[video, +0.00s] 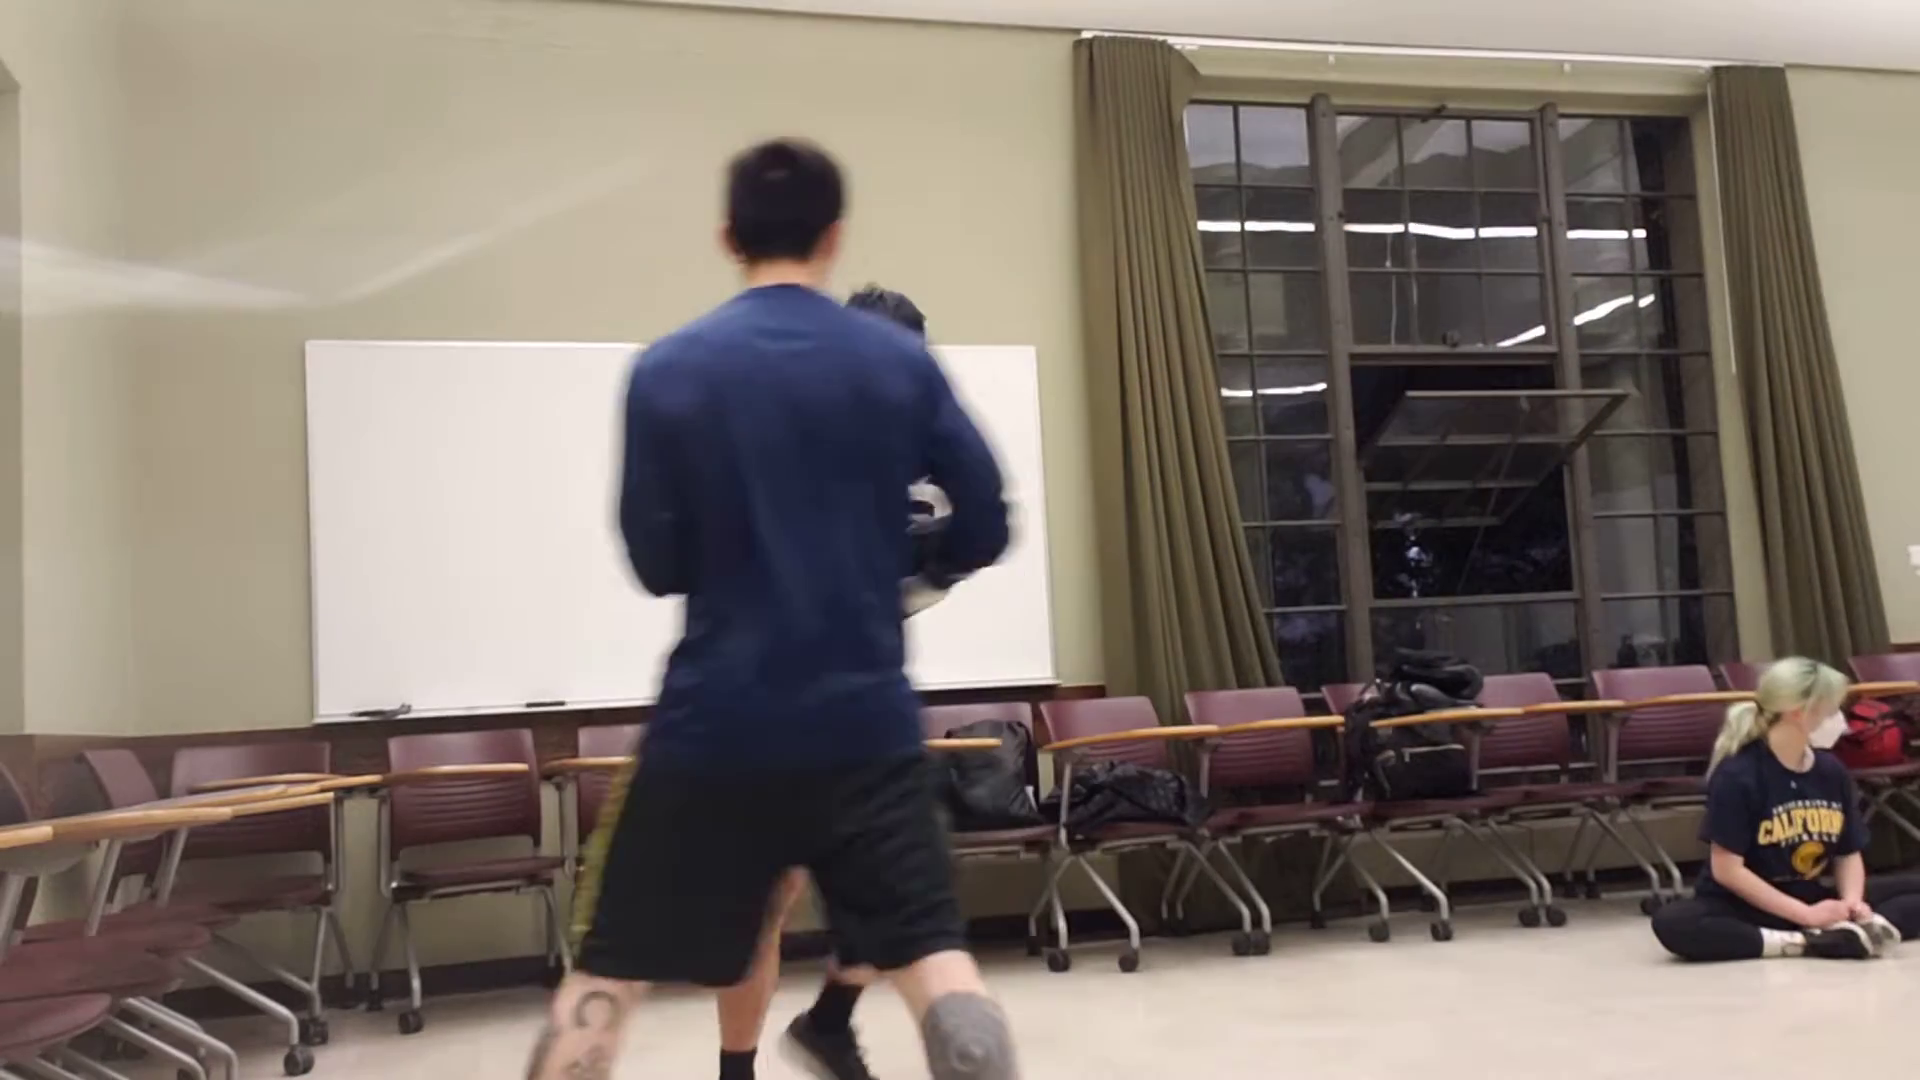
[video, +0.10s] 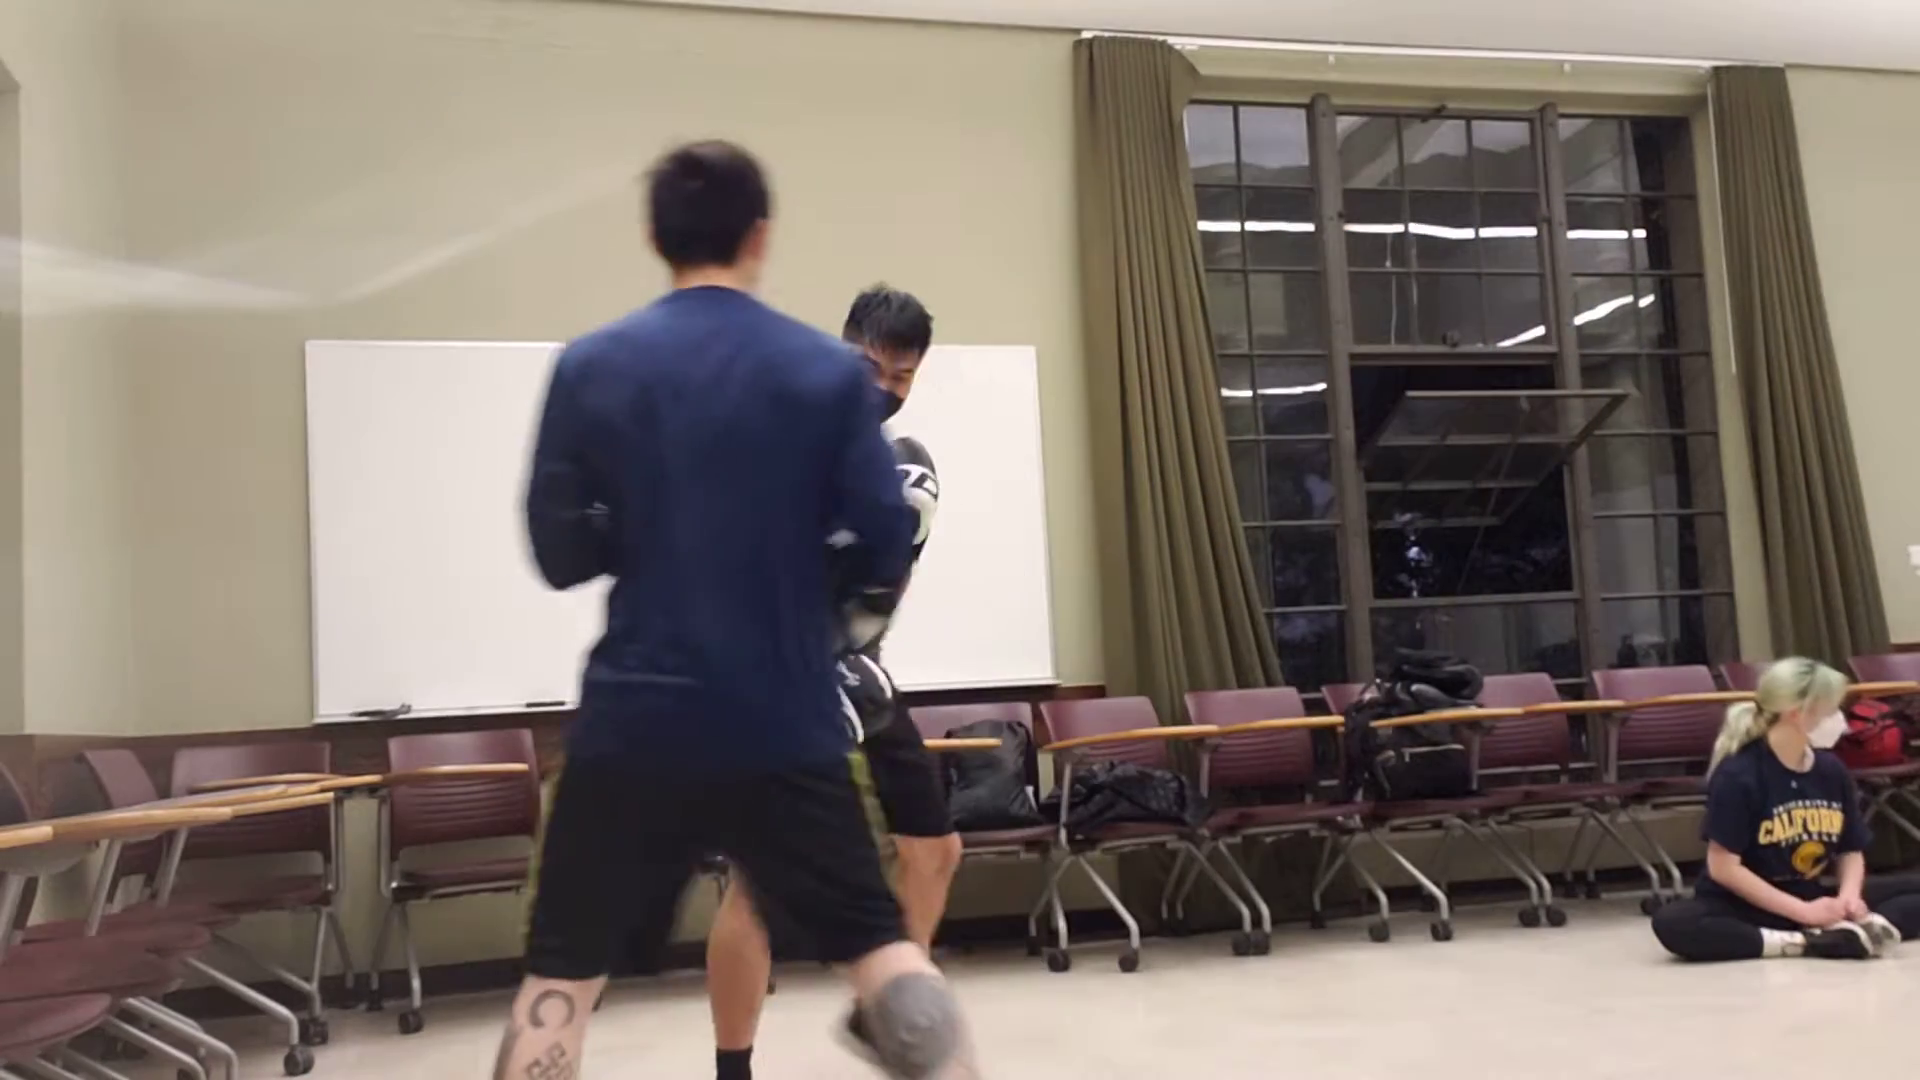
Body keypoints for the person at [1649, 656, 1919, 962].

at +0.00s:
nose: (1839, 717)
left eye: (1837, 707)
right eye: (1831, 708)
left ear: (1801, 715)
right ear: (1799, 714)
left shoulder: (1832, 772)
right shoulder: (1736, 775)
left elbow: (1848, 853)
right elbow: (1725, 869)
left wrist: (1852, 900)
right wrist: (1805, 915)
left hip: (1821, 898)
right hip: (1746, 902)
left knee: (1915, 897)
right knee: (1670, 923)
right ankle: (1799, 944)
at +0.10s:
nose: (1839, 717)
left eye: (1837, 707)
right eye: (1831, 708)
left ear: (1801, 714)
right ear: (1797, 714)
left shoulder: (1832, 771)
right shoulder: (1737, 775)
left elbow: (1851, 851)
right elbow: (1721, 866)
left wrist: (1849, 896)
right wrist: (1803, 911)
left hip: (1819, 898)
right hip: (1746, 903)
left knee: (1915, 896)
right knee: (1670, 922)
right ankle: (1799, 944)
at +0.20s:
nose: (1837, 717)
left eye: (1834, 707)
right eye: (1826, 710)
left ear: (1799, 714)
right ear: (1791, 714)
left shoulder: (1832, 768)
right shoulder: (1738, 774)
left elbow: (1855, 844)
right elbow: (1714, 865)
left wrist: (1849, 880)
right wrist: (1798, 909)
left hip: (1825, 895)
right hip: (1754, 903)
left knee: (1915, 891)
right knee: (1670, 923)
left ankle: (1850, 933)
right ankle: (1798, 944)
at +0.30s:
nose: (1835, 718)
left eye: (1833, 707)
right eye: (1824, 710)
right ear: (1787, 715)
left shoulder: (1831, 767)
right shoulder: (1738, 774)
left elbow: (1859, 836)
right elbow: (1710, 865)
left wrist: (1850, 871)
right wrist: (1790, 909)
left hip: (1824, 894)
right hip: (1753, 903)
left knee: (1916, 890)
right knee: (1670, 923)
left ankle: (1854, 934)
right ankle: (1795, 945)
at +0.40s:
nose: (1834, 718)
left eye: (1831, 708)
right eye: (1822, 710)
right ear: (1783, 715)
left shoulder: (1833, 767)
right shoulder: (1738, 774)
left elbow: (1860, 833)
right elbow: (1710, 866)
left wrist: (1847, 869)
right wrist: (1788, 911)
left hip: (1824, 895)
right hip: (1753, 904)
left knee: (1916, 891)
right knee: (1670, 923)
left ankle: (1853, 934)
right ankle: (1794, 945)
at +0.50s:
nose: (1832, 718)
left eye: (1829, 707)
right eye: (1820, 710)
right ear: (1780, 715)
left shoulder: (1833, 767)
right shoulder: (1737, 774)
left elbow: (1860, 832)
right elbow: (1711, 867)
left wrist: (1844, 872)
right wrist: (1790, 912)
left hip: (1824, 897)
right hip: (1752, 905)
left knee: (1916, 890)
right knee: (1670, 923)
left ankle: (1857, 934)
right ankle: (1794, 945)